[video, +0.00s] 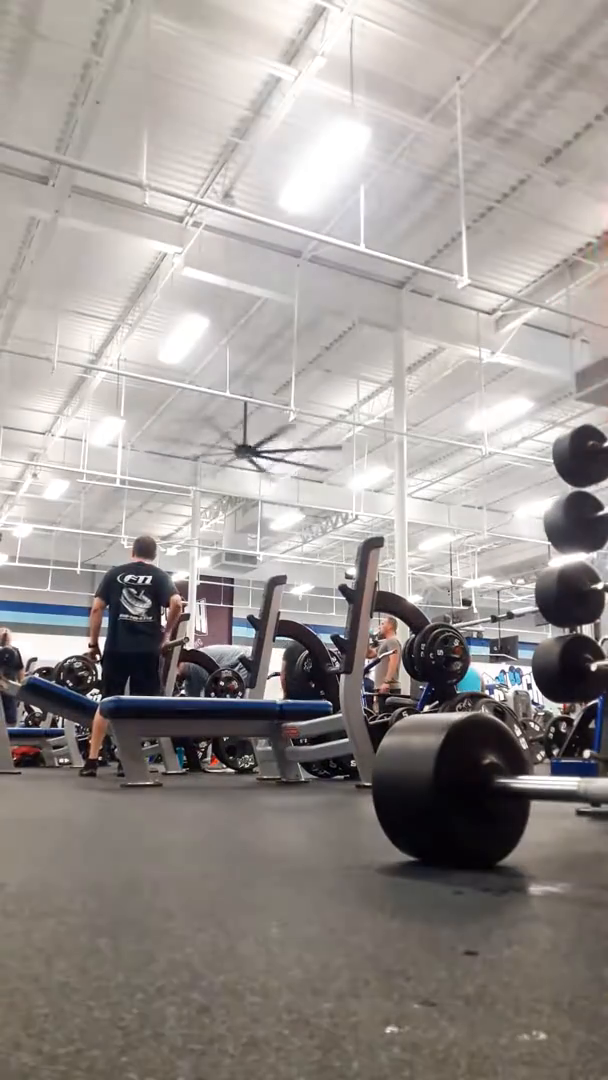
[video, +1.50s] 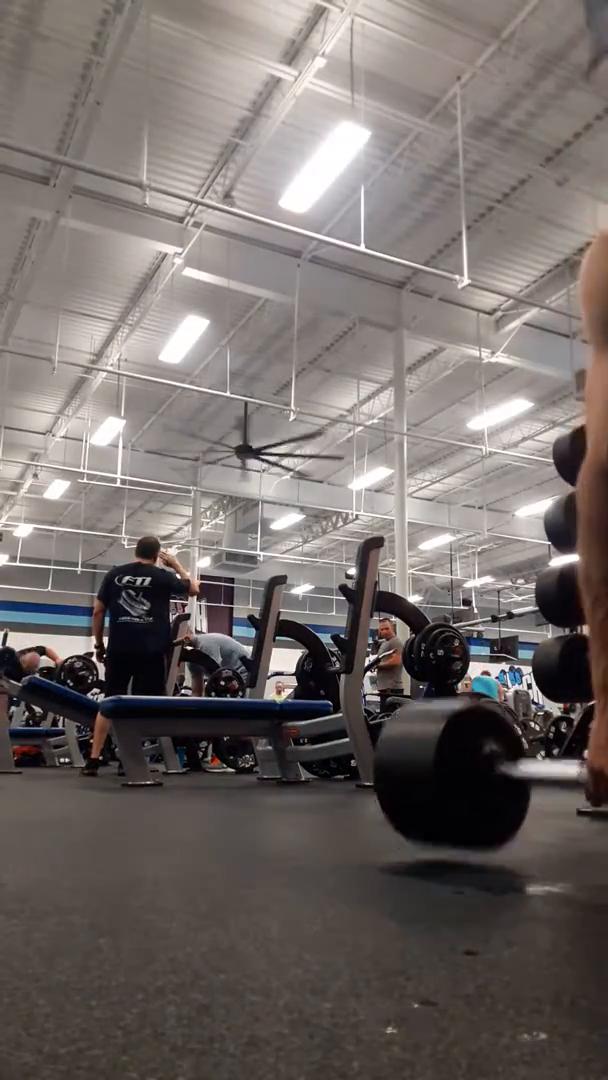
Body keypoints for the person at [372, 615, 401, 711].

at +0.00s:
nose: (380, 626)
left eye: (383, 623)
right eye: (381, 623)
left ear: (390, 626)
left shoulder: (392, 641)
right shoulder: (385, 642)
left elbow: (394, 662)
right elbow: (370, 654)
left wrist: (387, 682)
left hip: (388, 688)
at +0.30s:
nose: (377, 629)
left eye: (379, 626)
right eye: (377, 626)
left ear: (387, 627)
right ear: (387, 627)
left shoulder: (391, 641)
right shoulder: (387, 642)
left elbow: (393, 661)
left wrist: (382, 679)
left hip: (388, 689)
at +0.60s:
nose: (378, 631)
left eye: (381, 628)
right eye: (379, 628)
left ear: (388, 628)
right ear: (386, 628)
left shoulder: (392, 641)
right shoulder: (386, 642)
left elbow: (394, 659)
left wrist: (376, 665)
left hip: (388, 689)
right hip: (382, 688)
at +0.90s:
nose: (385, 631)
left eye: (387, 628)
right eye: (382, 629)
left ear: (392, 629)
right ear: (379, 631)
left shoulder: (395, 642)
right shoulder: (384, 644)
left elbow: (395, 660)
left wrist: (377, 666)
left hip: (390, 689)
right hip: (382, 689)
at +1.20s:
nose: (386, 632)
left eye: (388, 629)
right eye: (383, 629)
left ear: (392, 629)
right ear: (379, 631)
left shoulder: (395, 642)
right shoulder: (382, 644)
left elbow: (397, 660)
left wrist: (380, 665)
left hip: (393, 688)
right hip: (382, 688)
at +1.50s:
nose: (384, 632)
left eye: (386, 629)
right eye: (382, 629)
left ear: (392, 629)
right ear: (379, 631)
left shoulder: (396, 642)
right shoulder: (383, 644)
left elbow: (397, 660)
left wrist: (379, 665)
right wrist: (375, 664)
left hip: (393, 687)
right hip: (384, 687)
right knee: (384, 717)